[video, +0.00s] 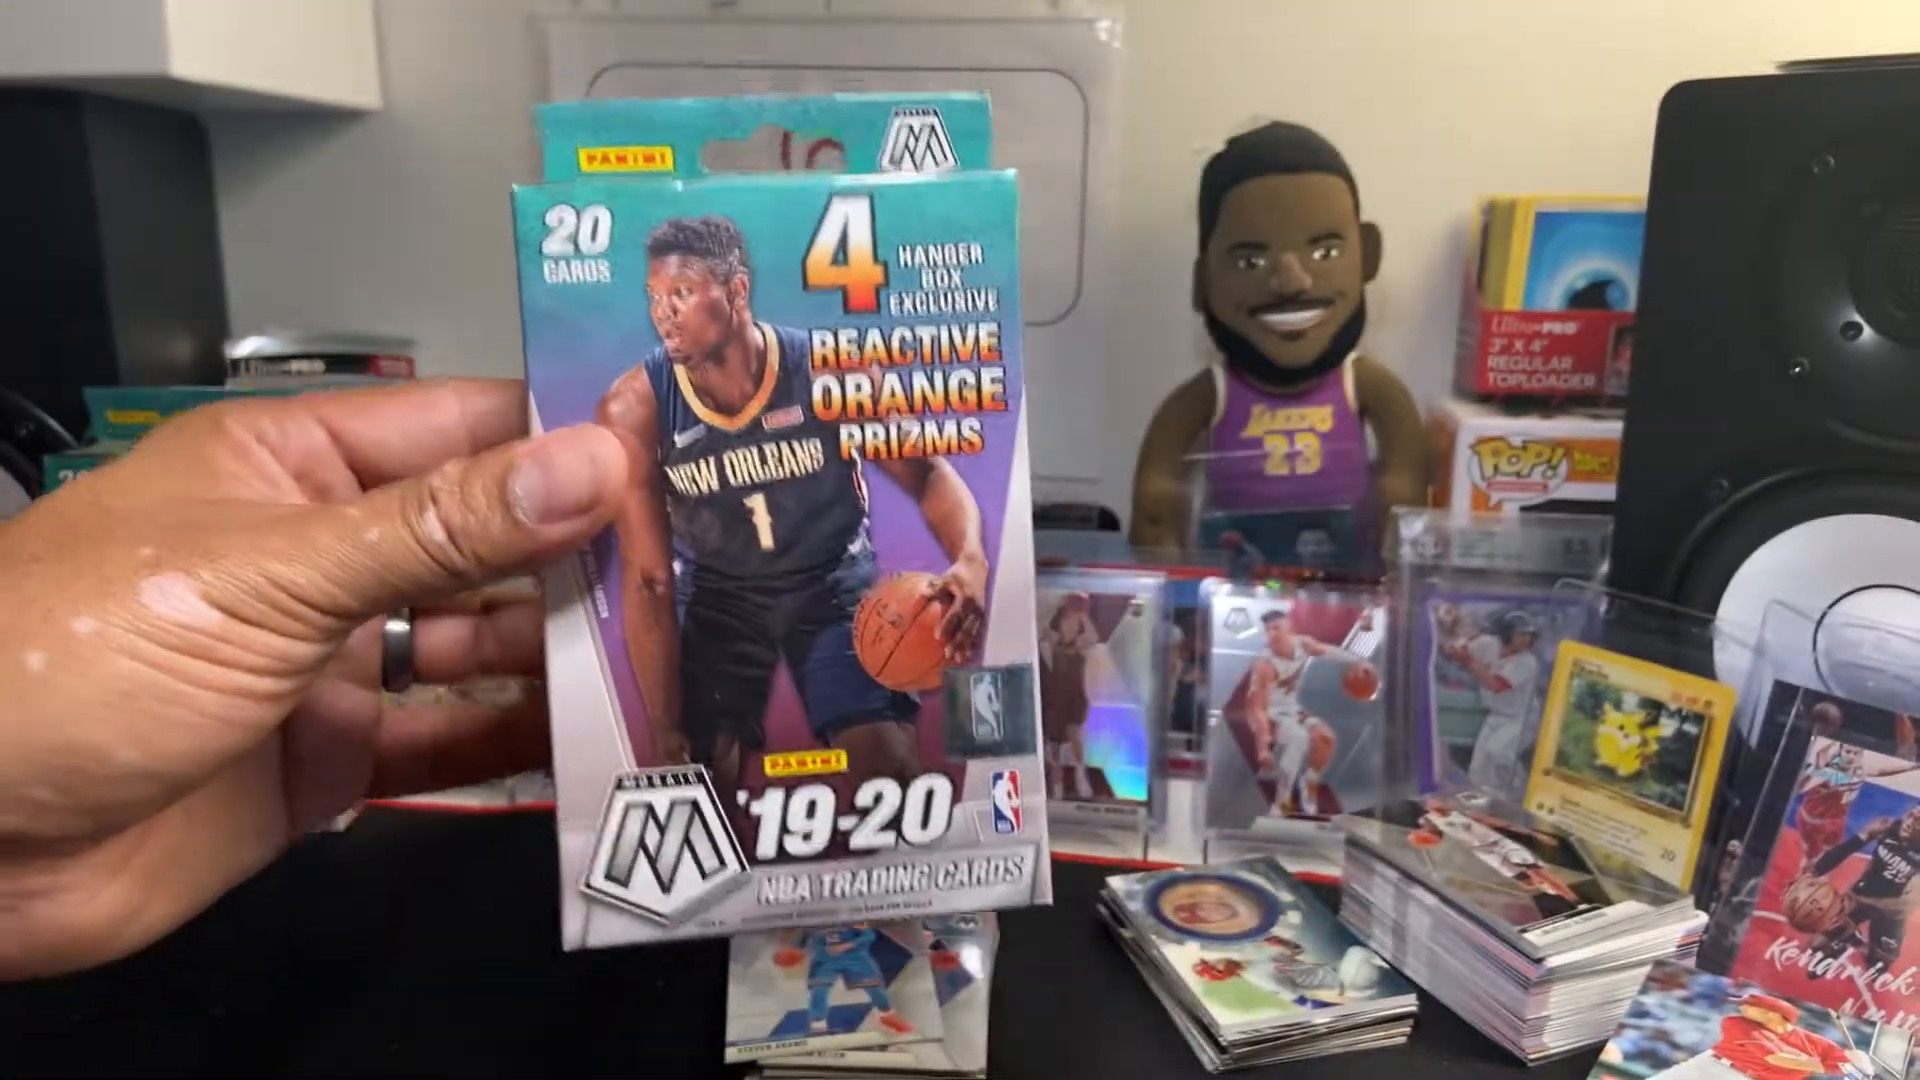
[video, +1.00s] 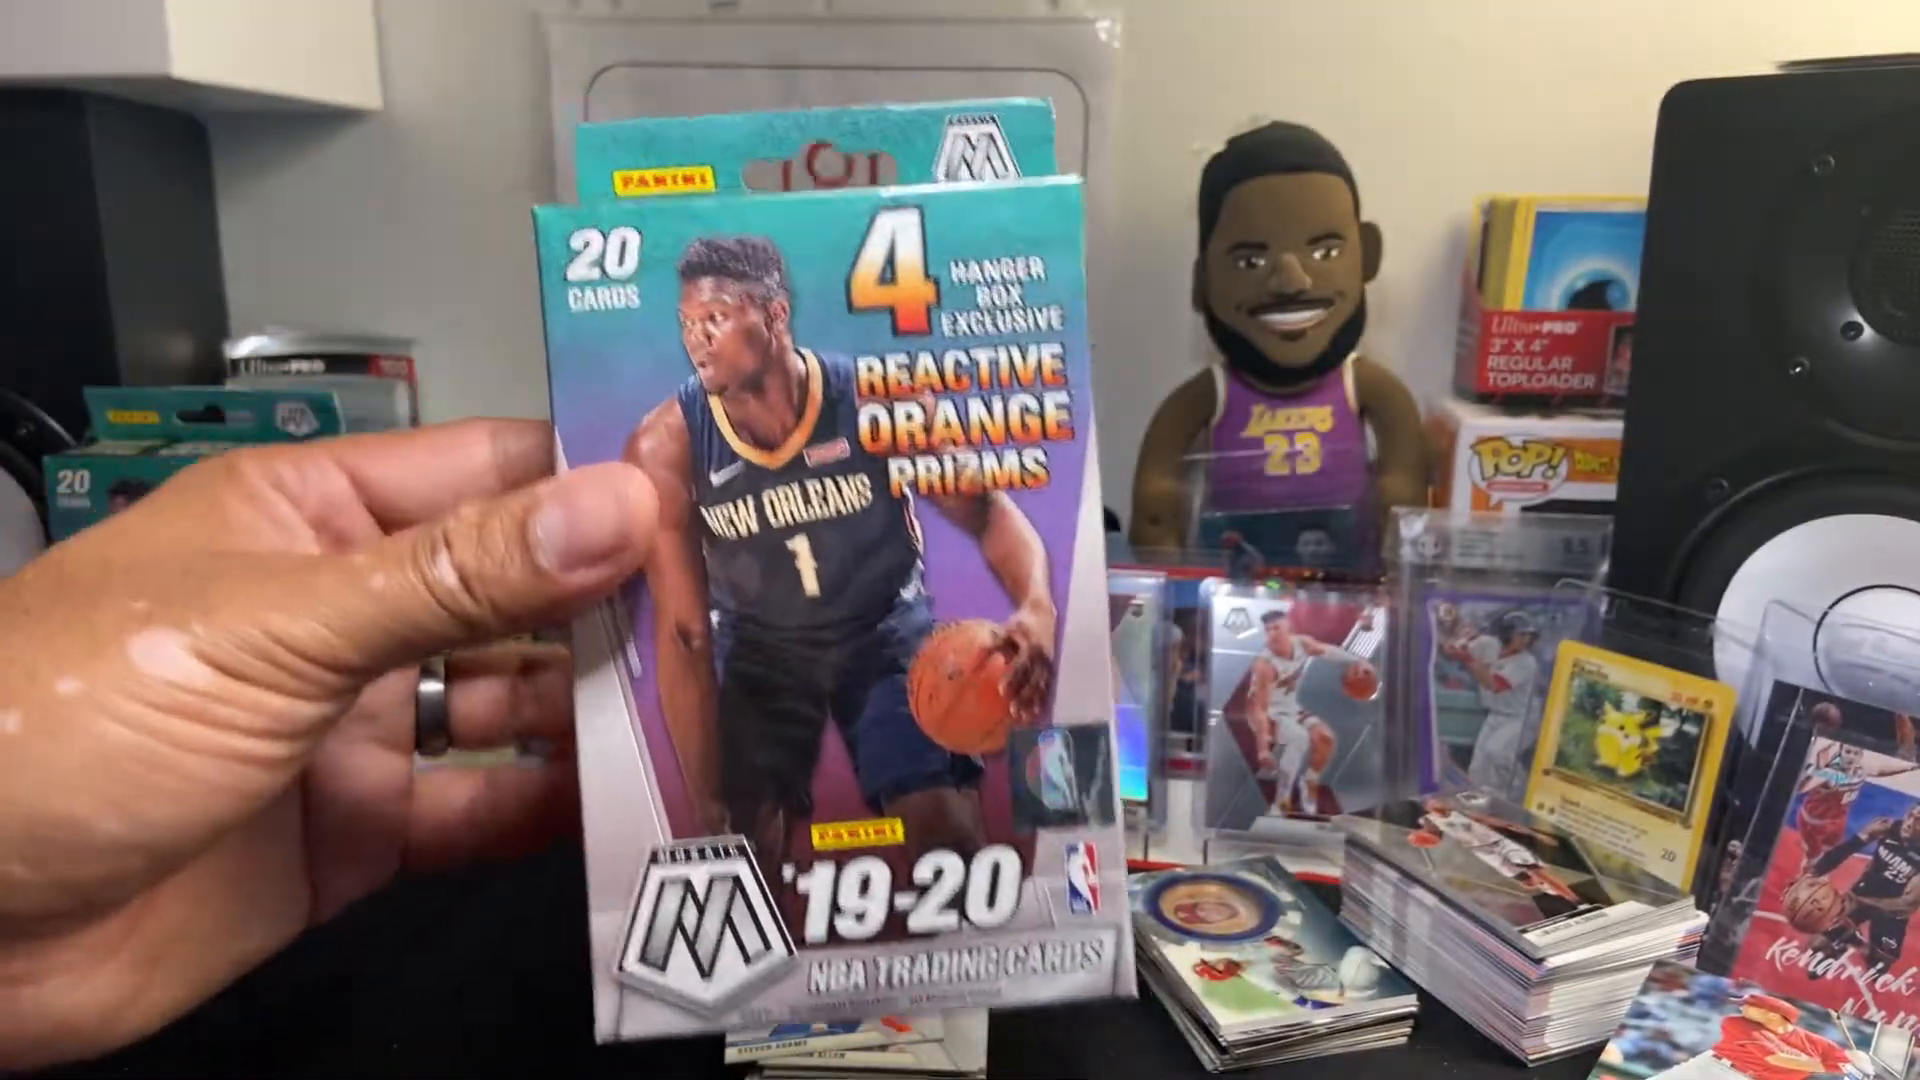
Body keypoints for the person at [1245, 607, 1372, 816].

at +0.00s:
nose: (1274, 634)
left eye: (1278, 628)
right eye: (1269, 630)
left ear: (1289, 629)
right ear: (1266, 634)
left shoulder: (1303, 645)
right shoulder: (1264, 665)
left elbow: (1330, 652)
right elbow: (1256, 708)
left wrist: (1359, 662)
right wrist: (1263, 748)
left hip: (1294, 710)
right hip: (1271, 712)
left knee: (1325, 739)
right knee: (1299, 737)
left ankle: (1309, 785)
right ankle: (1283, 798)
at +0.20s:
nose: (1273, 634)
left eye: (1277, 628)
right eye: (1269, 630)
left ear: (1287, 628)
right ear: (1265, 634)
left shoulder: (1302, 644)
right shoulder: (1263, 665)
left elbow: (1329, 652)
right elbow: (1257, 709)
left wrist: (1359, 661)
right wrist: (1263, 748)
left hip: (1293, 709)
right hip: (1270, 712)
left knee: (1325, 739)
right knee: (1299, 737)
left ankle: (1309, 785)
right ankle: (1281, 800)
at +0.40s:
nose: (1274, 634)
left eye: (1278, 628)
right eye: (1269, 630)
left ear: (1288, 628)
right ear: (1265, 634)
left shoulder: (1302, 644)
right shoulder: (1264, 664)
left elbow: (1328, 652)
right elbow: (1257, 709)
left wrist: (1359, 661)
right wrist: (1263, 748)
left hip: (1294, 709)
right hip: (1270, 712)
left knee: (1325, 739)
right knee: (1299, 737)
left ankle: (1309, 785)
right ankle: (1281, 800)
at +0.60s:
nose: (1273, 634)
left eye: (1278, 628)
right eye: (1269, 629)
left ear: (1288, 628)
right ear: (1265, 633)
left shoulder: (1302, 644)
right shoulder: (1263, 665)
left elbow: (1329, 652)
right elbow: (1257, 709)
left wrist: (1358, 661)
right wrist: (1263, 749)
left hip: (1294, 709)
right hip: (1270, 712)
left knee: (1325, 738)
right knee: (1299, 737)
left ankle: (1309, 786)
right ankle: (1282, 800)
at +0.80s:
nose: (1274, 634)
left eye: (1277, 628)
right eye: (1269, 630)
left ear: (1287, 628)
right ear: (1265, 634)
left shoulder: (1302, 644)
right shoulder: (1263, 665)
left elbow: (1329, 652)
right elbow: (1256, 709)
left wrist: (1358, 661)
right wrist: (1263, 749)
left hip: (1294, 710)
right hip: (1271, 712)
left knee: (1325, 738)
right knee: (1299, 737)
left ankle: (1309, 786)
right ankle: (1282, 800)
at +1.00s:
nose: (1274, 634)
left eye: (1278, 628)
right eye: (1269, 630)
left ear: (1288, 628)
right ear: (1265, 634)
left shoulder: (1302, 644)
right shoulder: (1264, 665)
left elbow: (1329, 652)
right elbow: (1257, 709)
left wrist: (1358, 661)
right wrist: (1263, 749)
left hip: (1294, 709)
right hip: (1271, 712)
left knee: (1325, 739)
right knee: (1299, 737)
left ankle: (1309, 785)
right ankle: (1282, 800)